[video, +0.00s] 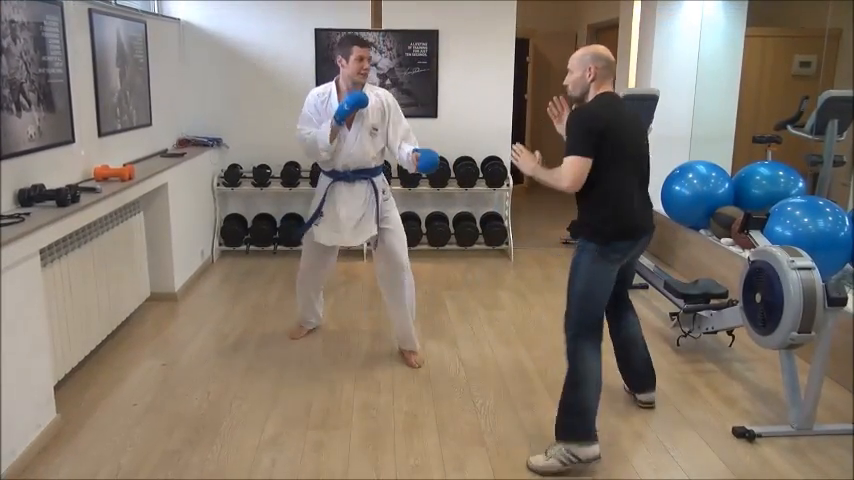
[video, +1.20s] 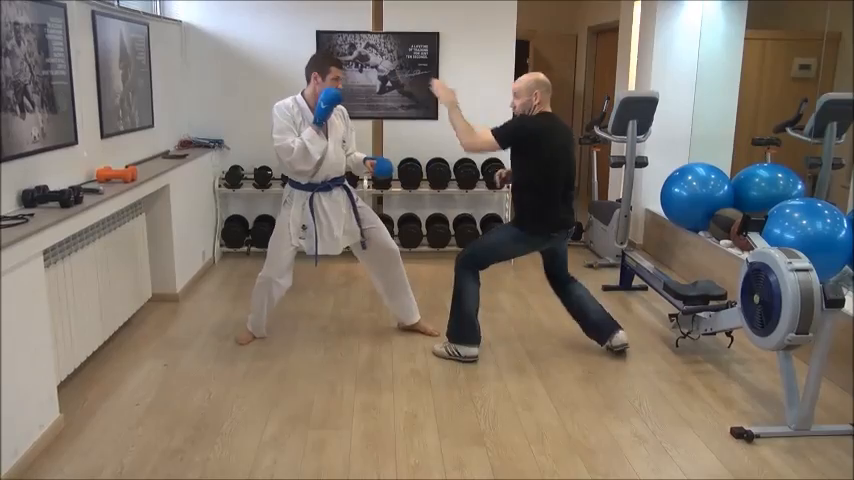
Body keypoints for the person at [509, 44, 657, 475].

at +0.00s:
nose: (565, 79)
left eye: (570, 71)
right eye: (567, 72)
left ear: (591, 74)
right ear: (600, 74)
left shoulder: (590, 115)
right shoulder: (626, 112)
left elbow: (570, 181)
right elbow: (607, 165)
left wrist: (534, 169)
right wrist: (571, 133)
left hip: (603, 235)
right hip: (635, 229)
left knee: (582, 332)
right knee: (618, 303)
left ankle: (578, 442)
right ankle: (643, 387)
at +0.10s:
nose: (571, 60)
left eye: (576, 52)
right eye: (572, 53)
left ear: (598, 52)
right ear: (605, 52)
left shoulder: (601, 92)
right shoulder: (628, 91)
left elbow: (583, 157)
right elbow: (605, 151)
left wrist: (543, 144)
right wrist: (577, 117)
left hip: (611, 212)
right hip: (633, 209)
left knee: (588, 305)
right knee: (617, 294)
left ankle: (610, 407)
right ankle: (645, 374)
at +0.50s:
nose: (574, 62)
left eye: (579, 56)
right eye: (574, 56)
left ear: (600, 54)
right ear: (604, 54)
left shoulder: (599, 90)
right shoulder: (628, 87)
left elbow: (604, 147)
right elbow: (598, 134)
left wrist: (568, 160)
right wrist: (575, 103)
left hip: (603, 198)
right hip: (624, 194)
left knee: (574, 270)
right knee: (611, 261)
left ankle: (615, 353)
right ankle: (626, 334)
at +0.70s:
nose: (573, 65)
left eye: (578, 59)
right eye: (572, 59)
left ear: (599, 58)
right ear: (602, 61)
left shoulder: (589, 87)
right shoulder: (623, 88)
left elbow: (580, 136)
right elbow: (596, 133)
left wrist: (551, 136)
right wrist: (571, 98)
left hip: (593, 193)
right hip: (619, 191)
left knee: (548, 256)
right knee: (610, 259)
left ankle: (555, 341)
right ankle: (627, 331)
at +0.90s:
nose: (551, 61)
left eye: (555, 55)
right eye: (551, 55)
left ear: (577, 54)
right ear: (583, 55)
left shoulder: (564, 85)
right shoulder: (610, 88)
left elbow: (549, 131)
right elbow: (586, 121)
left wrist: (513, 132)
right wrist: (550, 99)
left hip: (564, 185)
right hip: (601, 187)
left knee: (519, 244)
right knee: (607, 252)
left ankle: (503, 325)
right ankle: (621, 324)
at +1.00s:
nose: (533, 69)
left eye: (538, 62)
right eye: (534, 62)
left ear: (559, 61)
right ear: (565, 62)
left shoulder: (543, 89)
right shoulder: (597, 92)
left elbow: (495, 115)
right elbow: (600, 140)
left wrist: (457, 95)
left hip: (554, 188)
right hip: (592, 190)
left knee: (506, 249)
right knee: (595, 252)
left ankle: (467, 324)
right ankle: (614, 322)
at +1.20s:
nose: (512, 102)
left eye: (516, 96)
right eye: (513, 96)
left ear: (535, 97)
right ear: (540, 98)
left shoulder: (526, 127)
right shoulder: (561, 128)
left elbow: (471, 141)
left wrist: (450, 104)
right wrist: (514, 174)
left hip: (533, 227)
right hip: (560, 226)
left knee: (468, 262)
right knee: (560, 278)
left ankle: (464, 343)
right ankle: (611, 333)